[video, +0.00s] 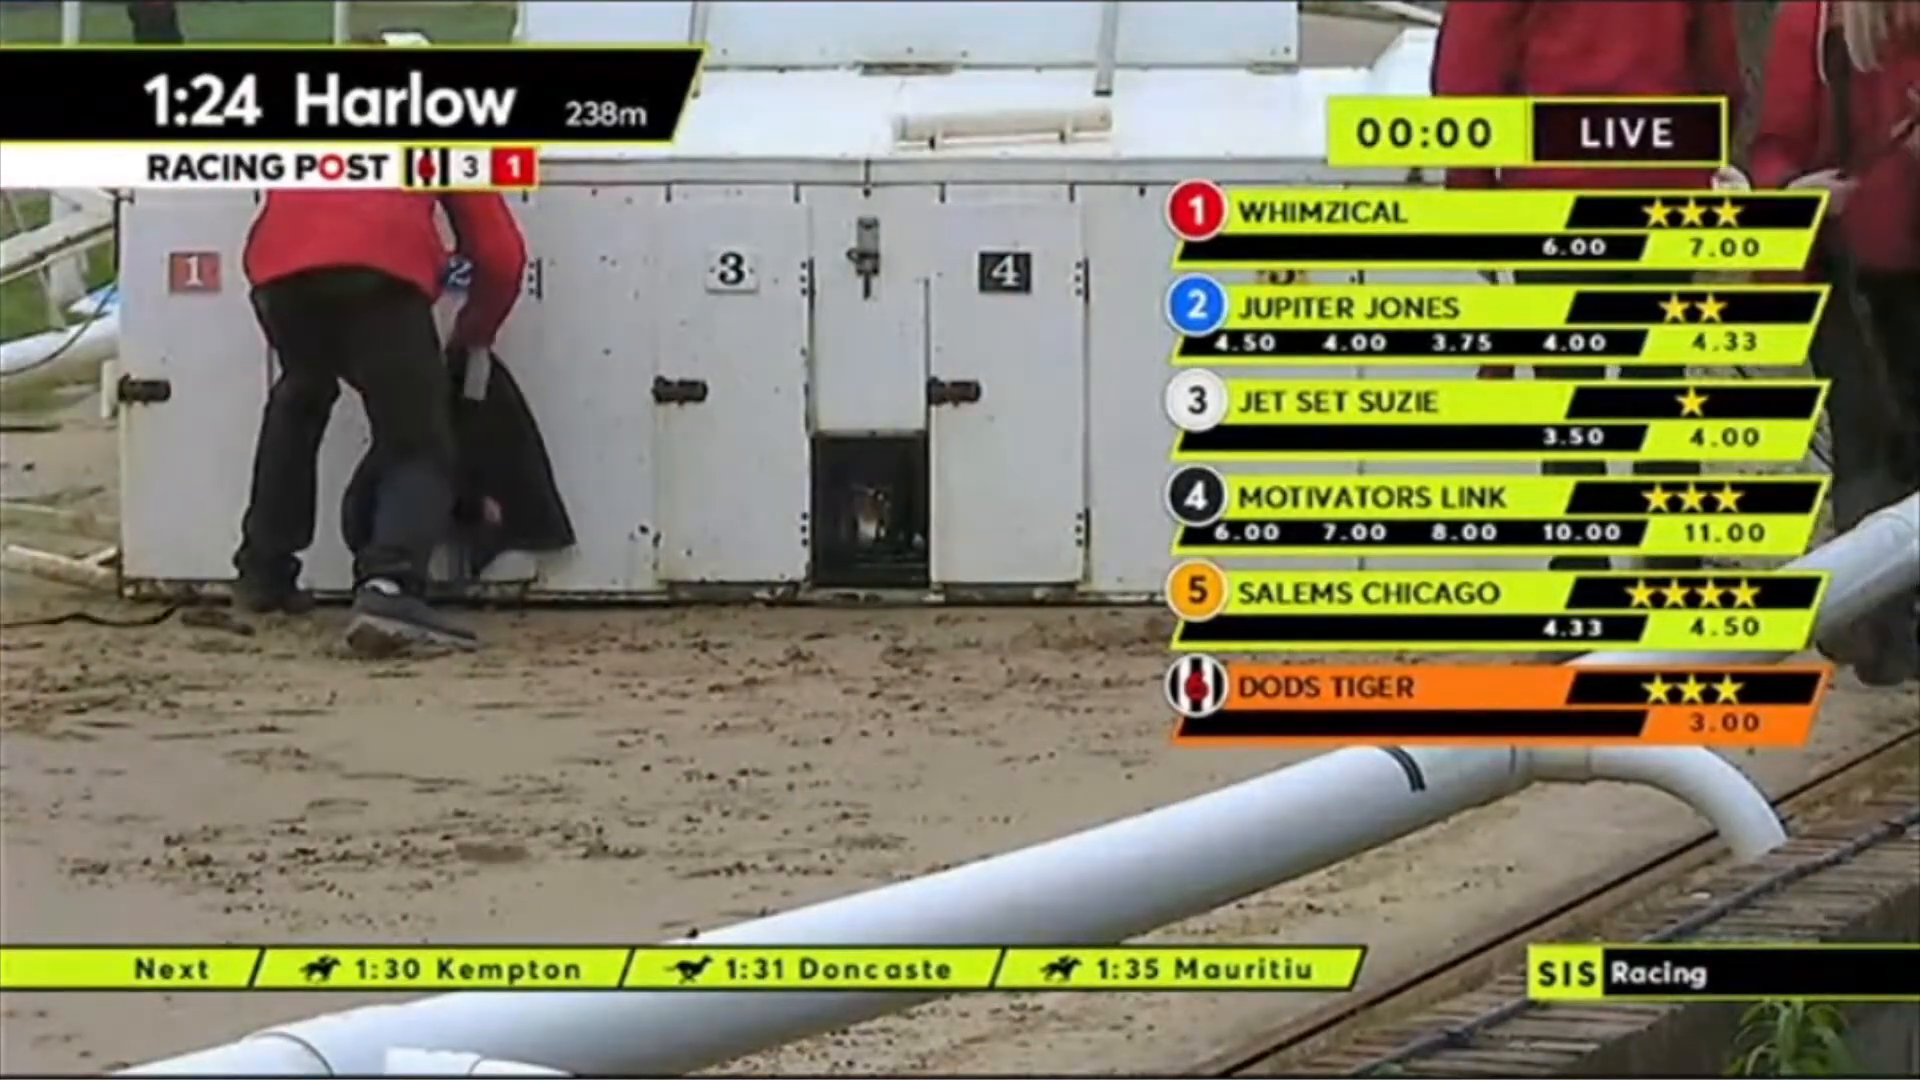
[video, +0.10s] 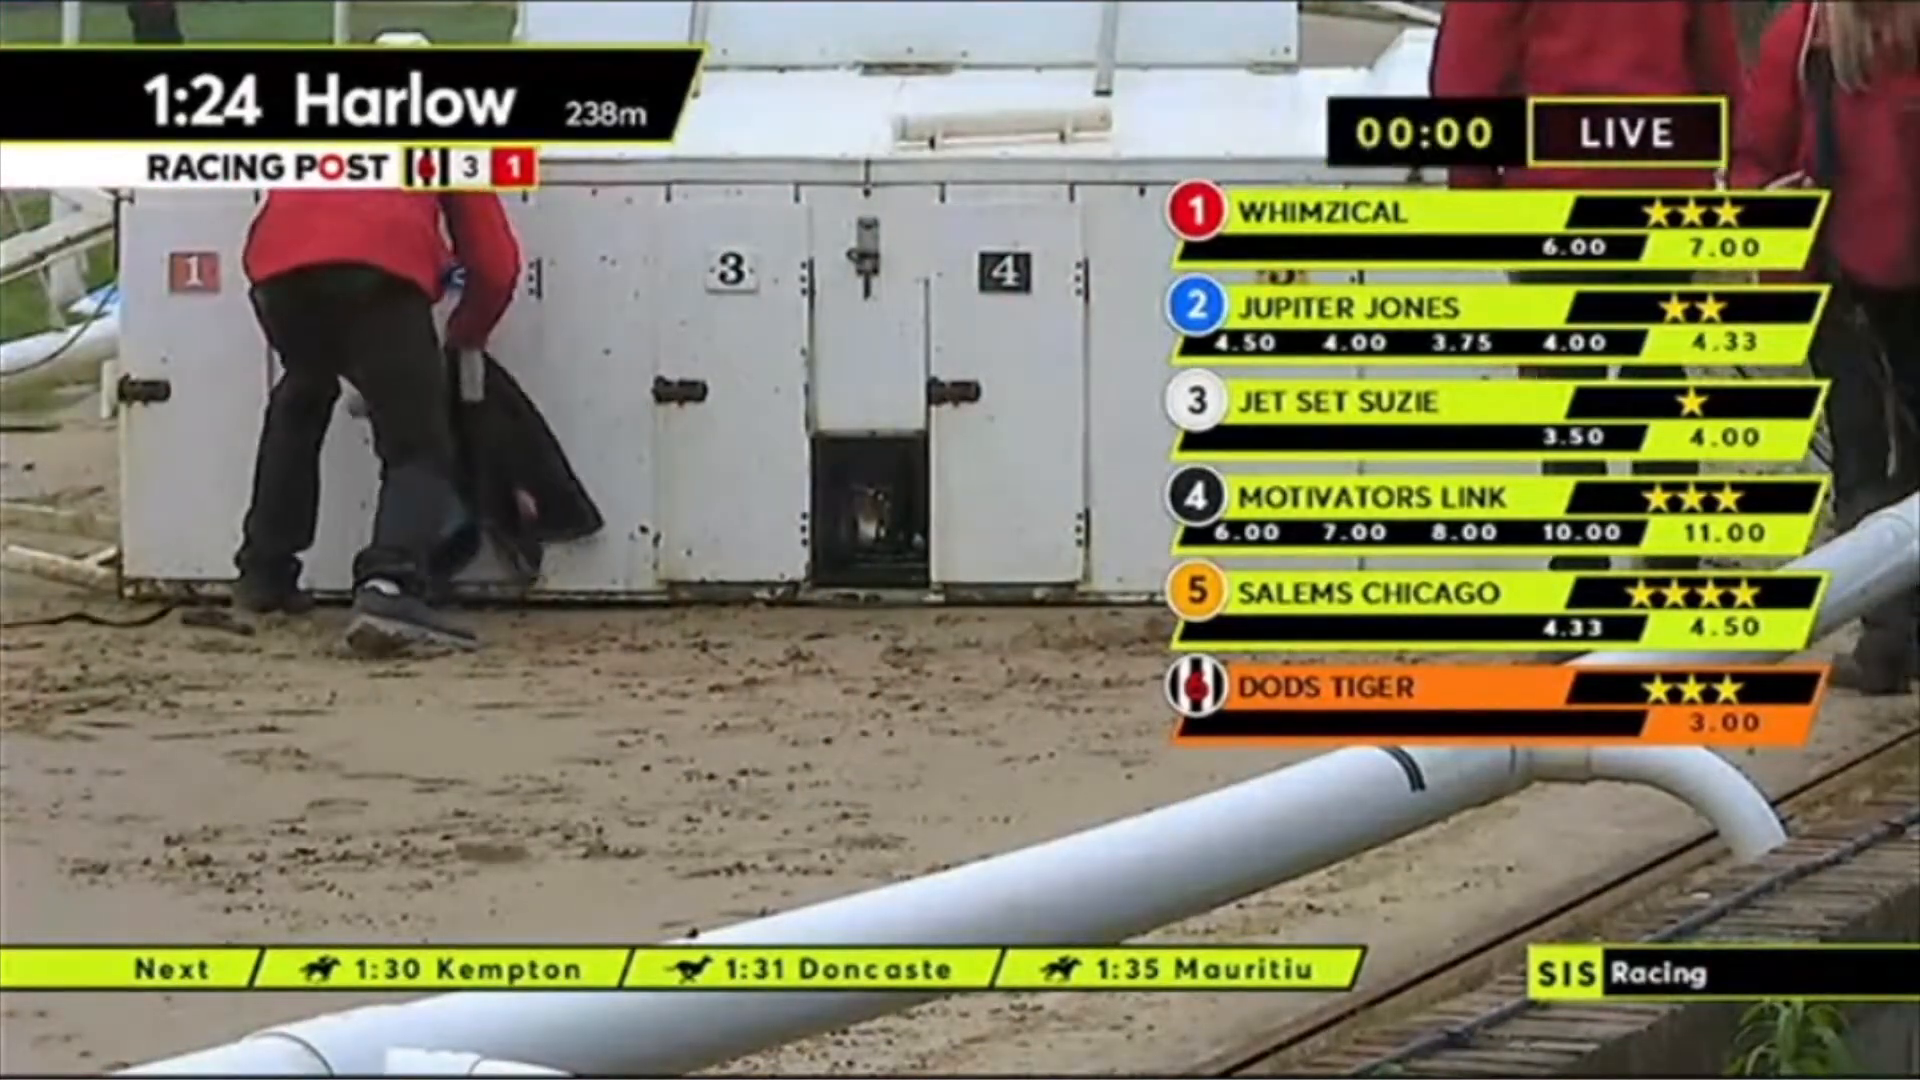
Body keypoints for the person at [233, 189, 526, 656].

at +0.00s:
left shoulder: (299, 163)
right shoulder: (440, 155)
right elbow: (503, 256)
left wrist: (283, 336)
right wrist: (470, 336)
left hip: (281, 268)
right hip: (379, 266)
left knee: (302, 387)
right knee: (416, 443)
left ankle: (264, 570)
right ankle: (388, 585)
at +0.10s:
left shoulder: (304, 164)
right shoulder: (444, 159)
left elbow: (264, 242)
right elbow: (498, 265)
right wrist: (464, 333)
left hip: (280, 270)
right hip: (380, 267)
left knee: (304, 384)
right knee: (416, 447)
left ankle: (264, 572)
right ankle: (388, 584)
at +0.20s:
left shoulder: (304, 163)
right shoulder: (439, 158)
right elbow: (491, 266)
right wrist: (458, 332)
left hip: (278, 273)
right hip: (380, 271)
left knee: (308, 388)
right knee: (419, 454)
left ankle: (263, 574)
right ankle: (389, 587)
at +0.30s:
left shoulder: (301, 164)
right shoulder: (436, 159)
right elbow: (490, 267)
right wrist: (457, 332)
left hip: (280, 279)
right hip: (382, 277)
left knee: (309, 389)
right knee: (422, 457)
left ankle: (263, 573)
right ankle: (389, 586)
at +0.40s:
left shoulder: (298, 164)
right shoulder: (434, 158)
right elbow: (493, 265)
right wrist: (459, 332)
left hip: (281, 285)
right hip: (383, 282)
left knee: (313, 388)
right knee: (425, 459)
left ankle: (263, 571)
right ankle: (389, 587)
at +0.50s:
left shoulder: (295, 163)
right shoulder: (435, 158)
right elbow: (492, 265)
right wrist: (455, 333)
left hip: (282, 286)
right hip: (385, 282)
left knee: (312, 386)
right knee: (427, 460)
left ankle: (263, 572)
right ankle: (391, 586)